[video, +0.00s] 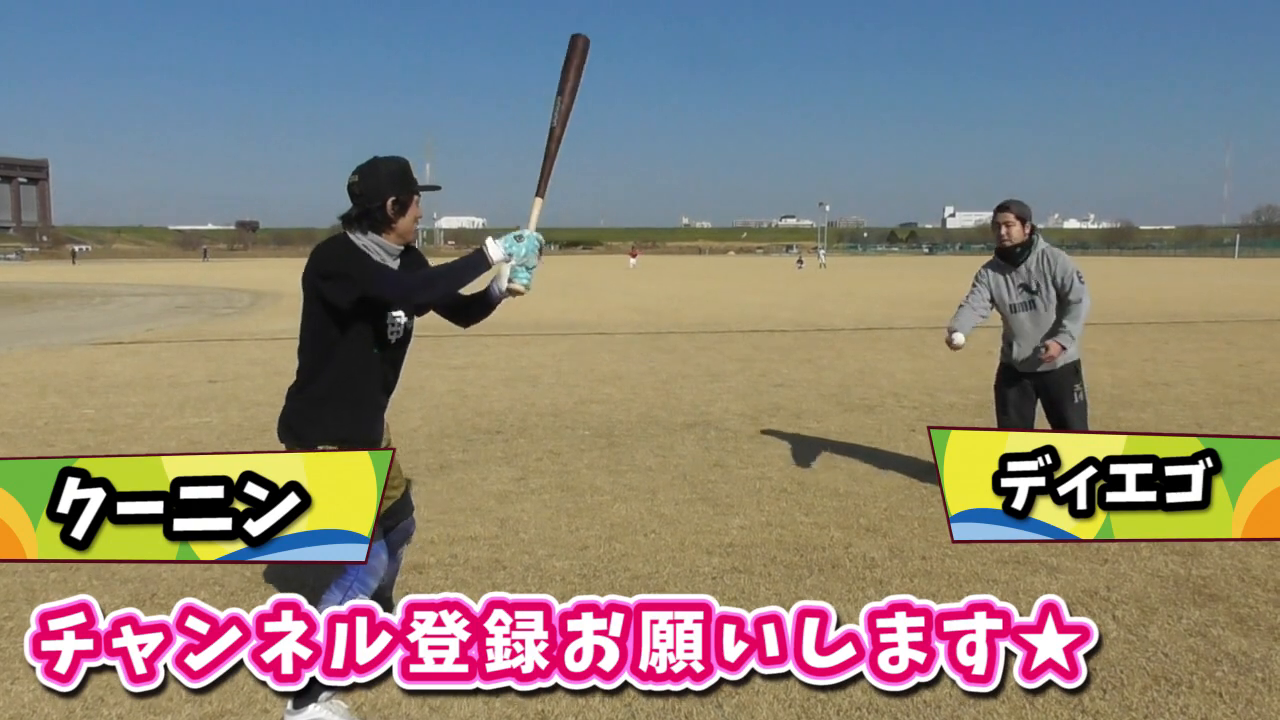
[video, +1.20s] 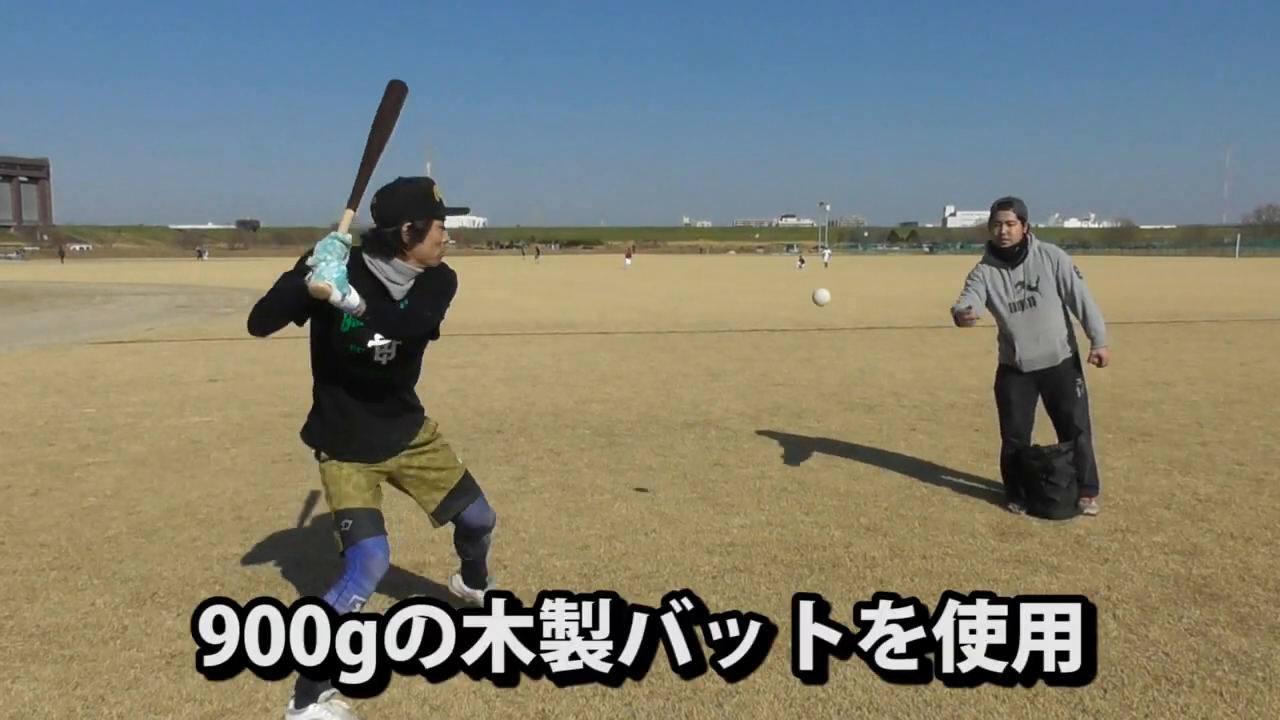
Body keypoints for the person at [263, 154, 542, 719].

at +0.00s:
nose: (422, 213)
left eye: (420, 203)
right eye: (417, 203)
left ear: (386, 208)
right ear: (393, 207)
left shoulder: (402, 261)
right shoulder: (336, 255)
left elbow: (464, 311)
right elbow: (402, 291)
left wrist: (504, 282)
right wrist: (491, 253)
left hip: (365, 431)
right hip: (322, 435)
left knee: (399, 525)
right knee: (369, 561)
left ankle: (365, 628)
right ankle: (309, 690)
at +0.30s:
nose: (403, 210)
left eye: (403, 201)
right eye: (398, 201)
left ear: (361, 205)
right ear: (373, 204)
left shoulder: (389, 258)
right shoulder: (298, 248)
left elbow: (437, 313)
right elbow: (344, 282)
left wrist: (451, 269)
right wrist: (424, 235)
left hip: (352, 431)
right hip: (297, 441)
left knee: (425, 525)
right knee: (353, 568)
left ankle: (394, 605)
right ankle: (307, 697)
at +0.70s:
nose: (397, 208)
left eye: (397, 200)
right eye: (390, 199)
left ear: (376, 206)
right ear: (357, 204)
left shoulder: (389, 256)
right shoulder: (278, 246)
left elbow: (403, 319)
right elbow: (257, 299)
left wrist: (364, 275)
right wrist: (338, 254)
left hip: (360, 415)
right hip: (294, 422)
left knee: (415, 485)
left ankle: (438, 619)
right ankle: (306, 694)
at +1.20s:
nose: (446, 235)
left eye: (444, 225)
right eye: (437, 227)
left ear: (413, 233)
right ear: (407, 233)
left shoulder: (439, 279)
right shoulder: (337, 263)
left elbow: (411, 329)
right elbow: (260, 323)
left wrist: (349, 299)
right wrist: (312, 275)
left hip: (407, 428)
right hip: (344, 440)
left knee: (477, 520)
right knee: (368, 563)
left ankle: (474, 588)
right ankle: (308, 696)